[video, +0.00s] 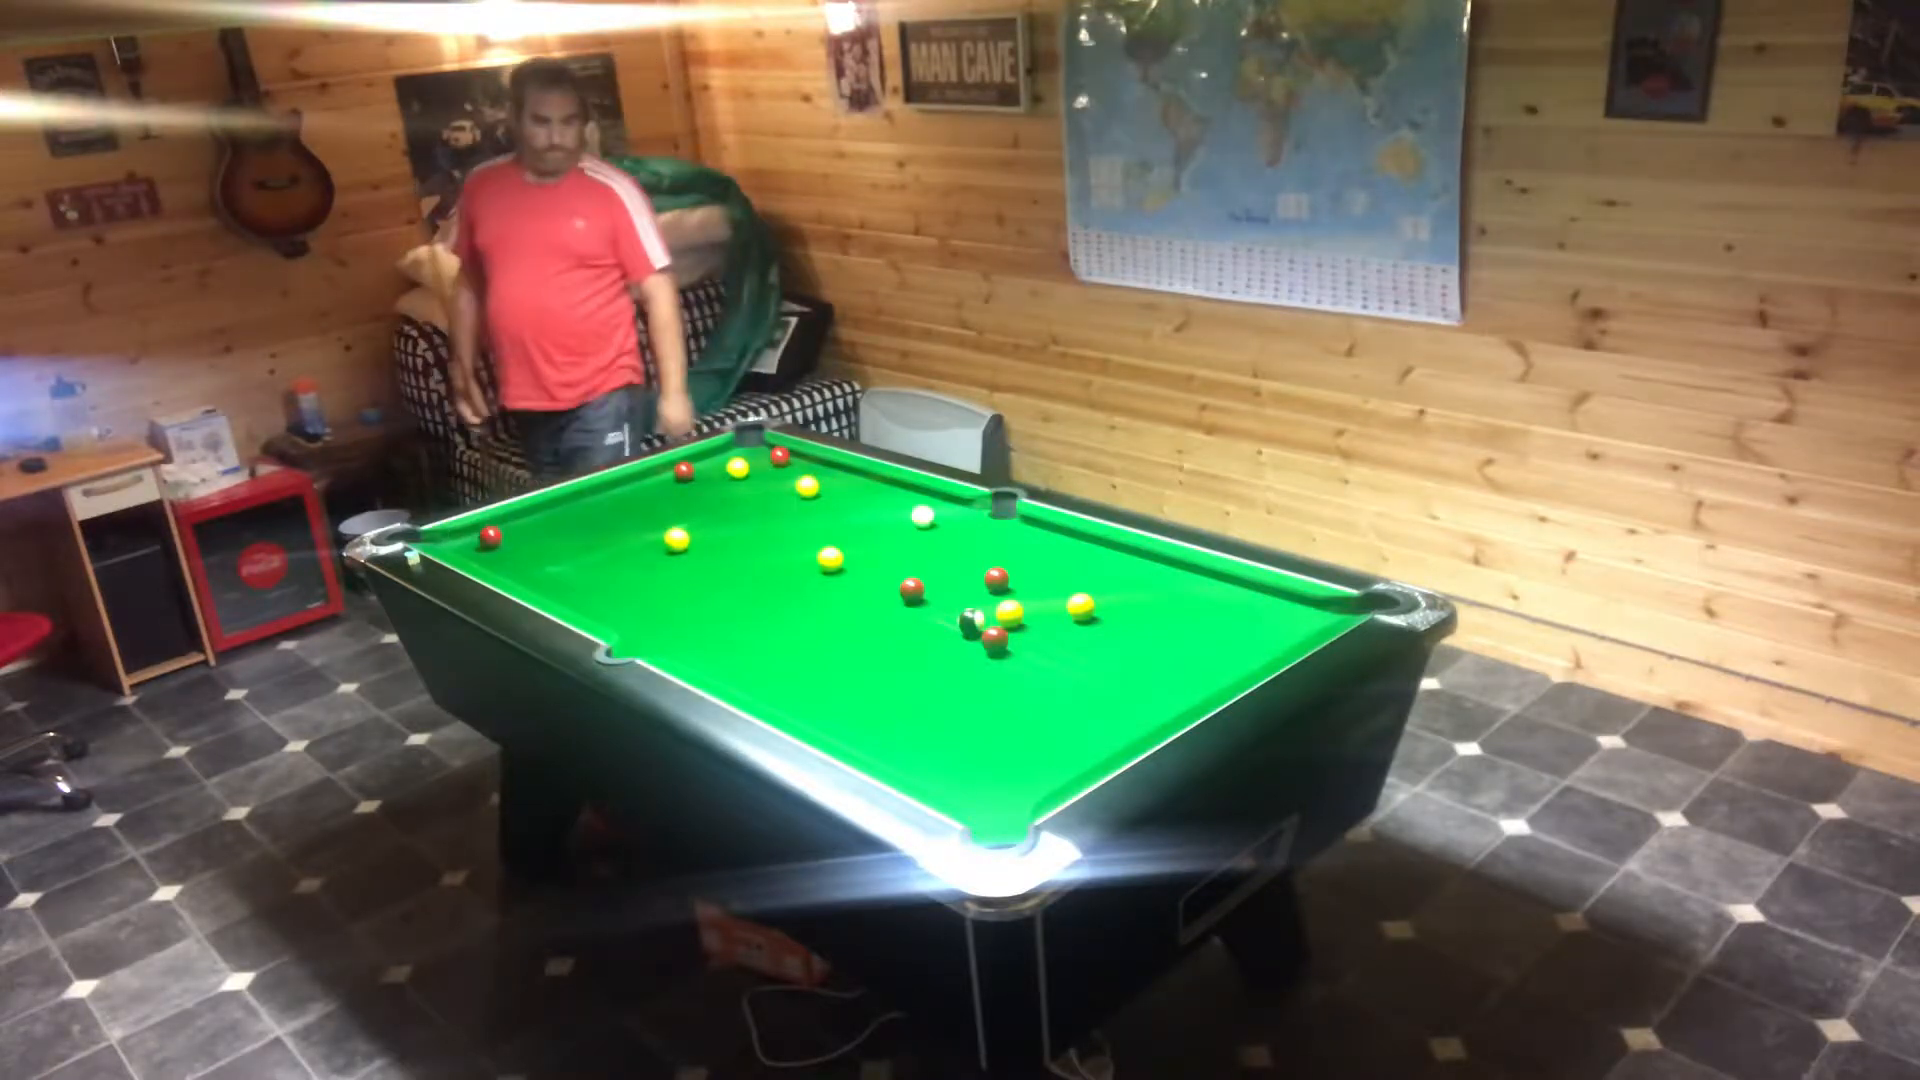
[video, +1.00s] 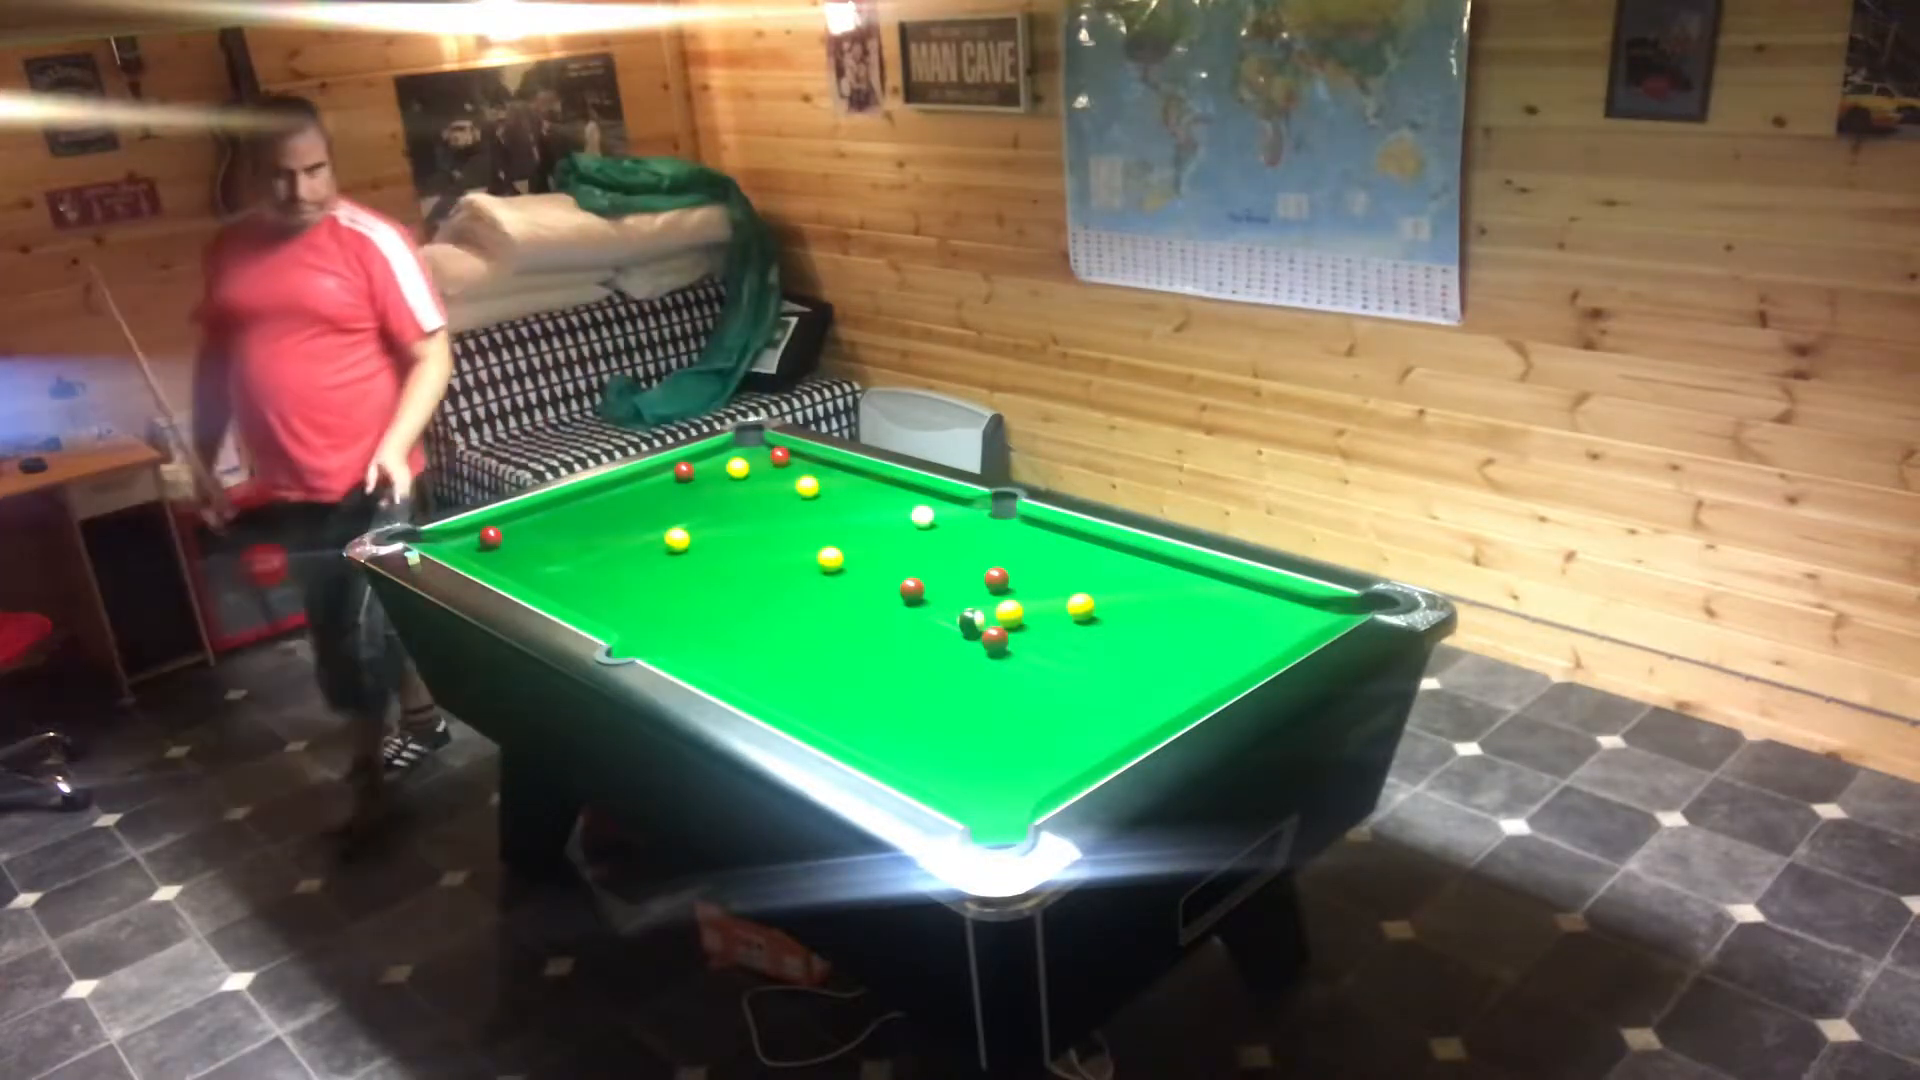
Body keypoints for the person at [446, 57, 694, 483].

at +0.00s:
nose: (555, 137)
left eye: (568, 122)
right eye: (540, 122)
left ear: (585, 125)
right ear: (515, 124)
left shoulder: (614, 191)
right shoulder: (481, 189)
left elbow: (659, 291)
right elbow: (468, 284)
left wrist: (674, 392)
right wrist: (463, 368)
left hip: (605, 398)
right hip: (526, 406)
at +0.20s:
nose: (525, 147)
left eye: (537, 132)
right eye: (509, 133)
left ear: (549, 130)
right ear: (482, 131)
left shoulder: (578, 199)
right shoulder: (450, 193)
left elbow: (619, 304)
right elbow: (441, 289)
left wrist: (601, 407)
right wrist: (441, 388)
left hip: (564, 425)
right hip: (479, 428)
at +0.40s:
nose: (464, 162)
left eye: (477, 144)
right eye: (447, 147)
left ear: (497, 140)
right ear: (421, 148)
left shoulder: (528, 211)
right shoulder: (403, 216)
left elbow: (580, 319)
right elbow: (401, 317)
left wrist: (522, 413)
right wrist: (403, 408)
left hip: (527, 445)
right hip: (441, 447)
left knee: (544, 594)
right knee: (455, 594)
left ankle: (561, 732)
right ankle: (450, 704)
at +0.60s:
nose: (393, 172)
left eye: (407, 155)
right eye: (377, 158)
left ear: (430, 151)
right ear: (354, 159)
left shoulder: (467, 224)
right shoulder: (337, 228)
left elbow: (523, 332)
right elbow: (328, 323)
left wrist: (461, 423)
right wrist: (333, 398)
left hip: (467, 458)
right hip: (383, 463)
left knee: (491, 596)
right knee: (406, 600)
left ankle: (532, 726)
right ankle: (422, 720)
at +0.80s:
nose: (343, 177)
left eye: (356, 159)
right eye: (325, 163)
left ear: (375, 153)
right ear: (301, 164)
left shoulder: (416, 228)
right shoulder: (284, 233)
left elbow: (479, 336)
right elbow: (280, 338)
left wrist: (426, 428)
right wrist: (281, 427)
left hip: (417, 462)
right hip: (335, 469)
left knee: (426, 602)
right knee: (375, 606)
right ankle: (421, 722)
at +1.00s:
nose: (298, 190)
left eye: (313, 171)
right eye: (279, 175)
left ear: (333, 167)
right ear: (249, 178)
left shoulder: (372, 241)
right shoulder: (233, 253)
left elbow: (433, 354)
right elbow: (216, 359)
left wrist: (397, 447)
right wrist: (207, 457)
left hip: (372, 485)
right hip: (291, 493)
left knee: (349, 644)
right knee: (364, 615)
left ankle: (371, 775)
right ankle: (421, 715)